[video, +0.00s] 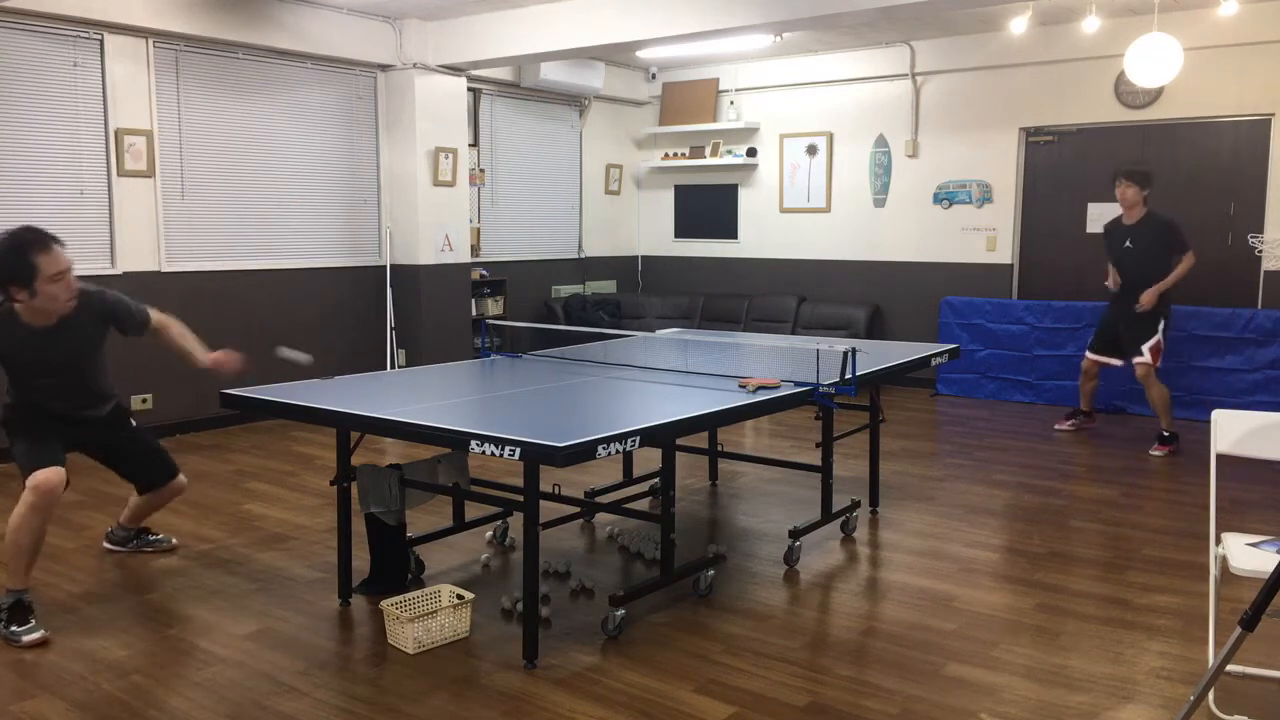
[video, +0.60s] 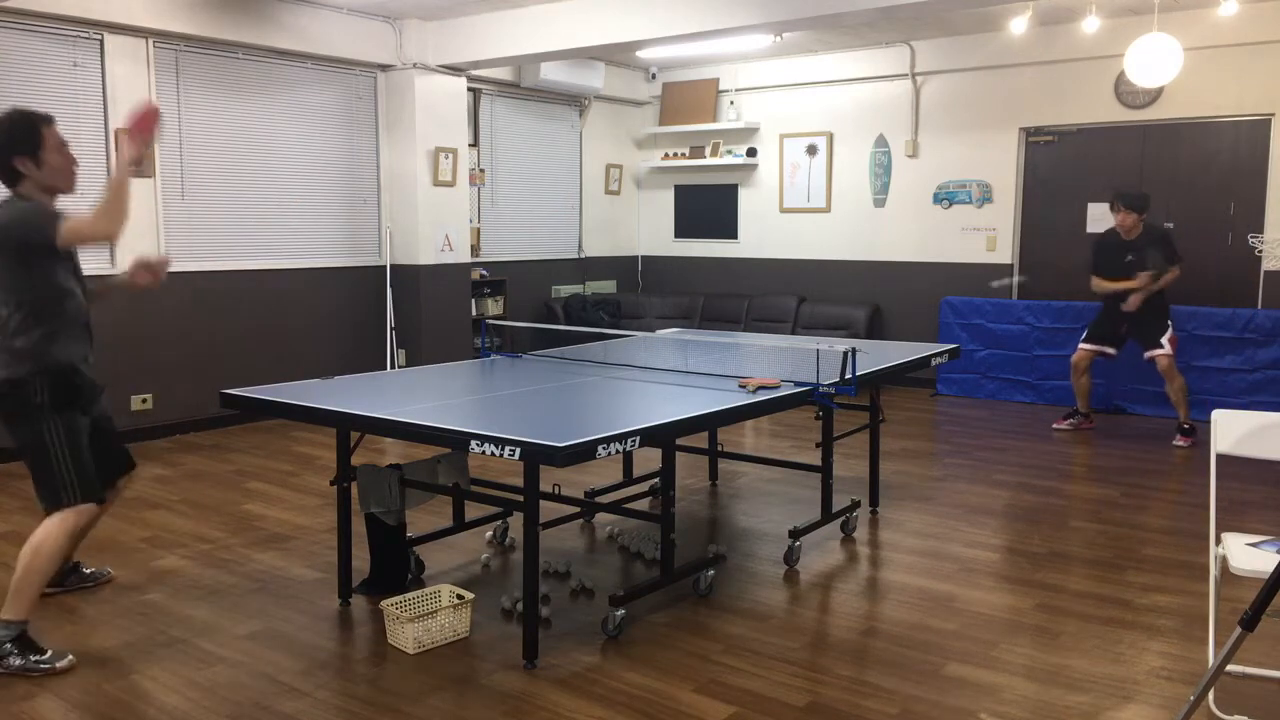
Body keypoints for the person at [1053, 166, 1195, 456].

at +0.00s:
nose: (1121, 192)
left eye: (1129, 187)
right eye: (1119, 186)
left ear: (1144, 192)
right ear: (1115, 191)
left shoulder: (1162, 226)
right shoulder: (1112, 228)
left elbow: (1188, 259)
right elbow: (1113, 261)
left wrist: (1157, 289)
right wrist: (1112, 279)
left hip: (1150, 306)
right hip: (1119, 304)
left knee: (1144, 372)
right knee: (1089, 365)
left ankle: (1168, 434)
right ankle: (1084, 413)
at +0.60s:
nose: (1120, 220)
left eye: (1126, 215)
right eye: (1117, 214)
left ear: (1141, 216)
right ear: (1113, 213)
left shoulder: (1157, 237)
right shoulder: (1104, 242)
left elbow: (1174, 271)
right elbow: (1095, 285)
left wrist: (1142, 294)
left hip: (1151, 311)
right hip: (1113, 310)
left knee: (1165, 365)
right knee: (1078, 361)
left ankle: (1185, 424)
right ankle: (1083, 414)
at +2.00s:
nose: (1076, 215)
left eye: (1083, 210)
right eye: (1074, 209)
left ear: (1097, 212)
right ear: (1070, 211)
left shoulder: (1118, 238)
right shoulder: (1070, 234)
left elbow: (1134, 270)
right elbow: (1055, 257)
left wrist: (1094, 281)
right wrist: (1054, 261)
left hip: (1112, 308)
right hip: (1080, 304)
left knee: (1129, 359)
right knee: (1046, 348)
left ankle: (1151, 415)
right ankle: (1044, 402)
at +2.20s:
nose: (1021, 234)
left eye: (1023, 227)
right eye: (1018, 229)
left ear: (1038, 223)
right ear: (1023, 232)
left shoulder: (1062, 243)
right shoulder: (1043, 252)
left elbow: (1097, 263)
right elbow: (1040, 275)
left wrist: (1069, 291)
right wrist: (1019, 251)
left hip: (1089, 314)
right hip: (1064, 313)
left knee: (1109, 367)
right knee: (1022, 344)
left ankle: (1150, 417)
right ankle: (999, 397)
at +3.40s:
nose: (1058, 204)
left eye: (1065, 199)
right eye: (1055, 199)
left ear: (1076, 204)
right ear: (1050, 203)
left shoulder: (1091, 231)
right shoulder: (1041, 233)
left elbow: (1108, 261)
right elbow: (1035, 259)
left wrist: (1079, 278)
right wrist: (1044, 273)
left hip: (1082, 302)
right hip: (1049, 301)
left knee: (1105, 354)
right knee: (1016, 346)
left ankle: (1124, 404)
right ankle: (1004, 395)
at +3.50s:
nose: (1061, 205)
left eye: (1068, 200)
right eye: (1058, 199)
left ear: (1080, 204)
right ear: (1054, 203)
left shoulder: (1094, 229)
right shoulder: (1045, 230)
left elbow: (1112, 258)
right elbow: (1035, 257)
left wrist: (1086, 275)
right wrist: (1044, 271)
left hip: (1085, 300)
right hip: (1052, 299)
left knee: (1105, 352)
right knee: (1023, 345)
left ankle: (1125, 404)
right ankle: (1013, 396)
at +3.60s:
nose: (1065, 208)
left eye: (1071, 203)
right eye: (1061, 203)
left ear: (1082, 207)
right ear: (1056, 206)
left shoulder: (1096, 232)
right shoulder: (1046, 232)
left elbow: (1110, 260)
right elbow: (1033, 261)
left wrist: (1089, 276)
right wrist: (1045, 274)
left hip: (1087, 302)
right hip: (1053, 300)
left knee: (1106, 352)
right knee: (1023, 347)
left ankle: (1125, 404)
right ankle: (1012, 396)